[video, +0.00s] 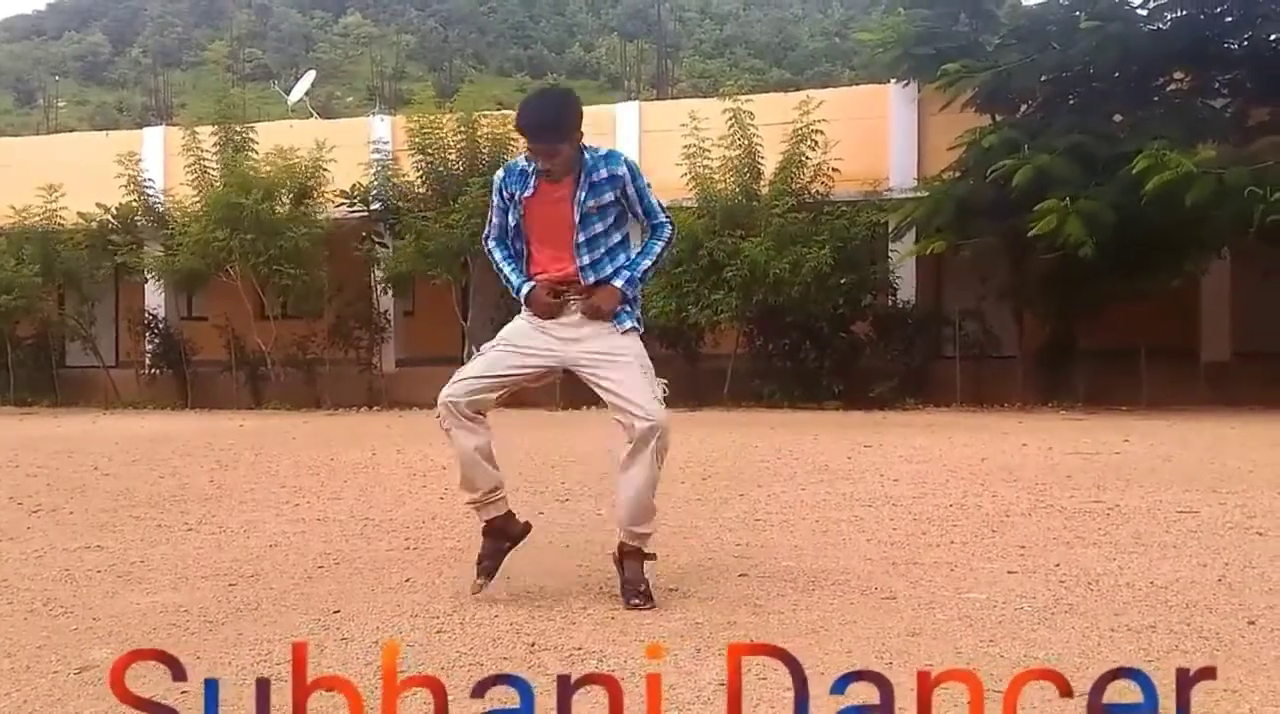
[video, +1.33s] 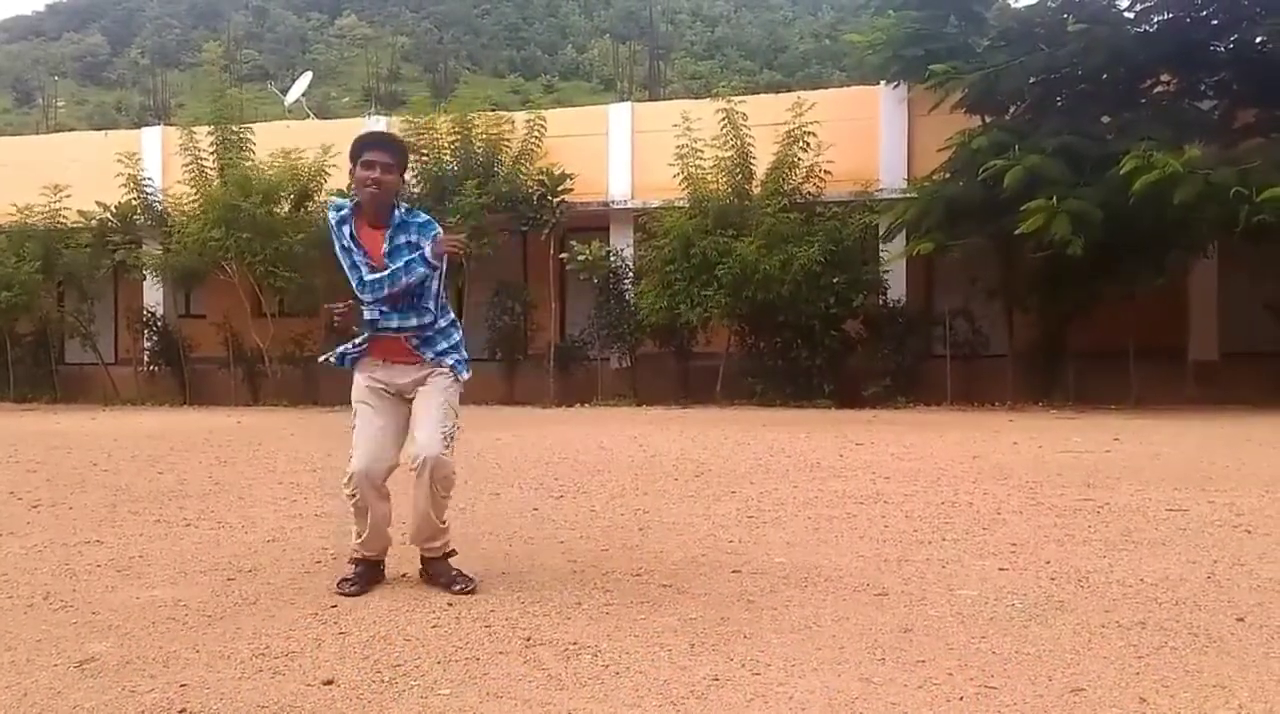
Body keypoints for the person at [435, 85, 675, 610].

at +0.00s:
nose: (543, 161)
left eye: (552, 151)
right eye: (535, 151)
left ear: (577, 137)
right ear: (523, 141)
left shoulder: (615, 171)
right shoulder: (511, 180)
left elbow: (661, 228)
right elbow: (496, 241)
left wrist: (620, 286)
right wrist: (525, 287)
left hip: (605, 324)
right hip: (537, 322)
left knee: (650, 421)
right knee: (456, 400)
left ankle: (632, 554)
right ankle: (499, 520)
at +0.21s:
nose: (518, 132)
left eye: (529, 122)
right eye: (509, 122)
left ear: (549, 124)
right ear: (497, 126)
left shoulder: (575, 170)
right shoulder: (472, 186)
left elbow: (613, 228)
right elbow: (454, 250)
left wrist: (580, 280)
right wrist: (481, 301)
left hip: (564, 322)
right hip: (498, 326)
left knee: (586, 429)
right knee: (478, 454)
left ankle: (568, 549)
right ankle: (491, 559)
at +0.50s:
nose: (490, 158)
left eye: (500, 149)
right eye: (480, 150)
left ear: (517, 156)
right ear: (468, 157)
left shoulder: (537, 226)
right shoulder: (443, 210)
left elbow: (582, 298)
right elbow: (431, 276)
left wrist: (527, 342)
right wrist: (451, 322)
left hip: (527, 361)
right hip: (458, 352)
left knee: (548, 468)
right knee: (407, 415)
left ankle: (533, 565)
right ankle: (441, 524)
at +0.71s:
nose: (446, 119)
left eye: (456, 110)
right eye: (435, 110)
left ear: (471, 117)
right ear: (421, 117)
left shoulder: (501, 175)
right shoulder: (397, 172)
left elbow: (541, 234)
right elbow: (375, 238)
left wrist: (508, 277)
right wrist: (399, 288)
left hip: (485, 315)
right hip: (415, 319)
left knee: (546, 399)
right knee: (355, 422)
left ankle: (525, 527)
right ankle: (358, 535)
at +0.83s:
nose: (423, 133)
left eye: (432, 124)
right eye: (412, 124)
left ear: (445, 129)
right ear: (396, 129)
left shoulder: (470, 190)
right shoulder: (369, 189)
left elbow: (505, 251)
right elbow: (351, 260)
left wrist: (485, 295)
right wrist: (361, 316)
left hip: (454, 325)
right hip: (388, 331)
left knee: (501, 419)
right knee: (370, 453)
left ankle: (479, 530)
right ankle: (368, 556)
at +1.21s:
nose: (400, 142)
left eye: (408, 134)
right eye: (390, 132)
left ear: (415, 142)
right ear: (364, 138)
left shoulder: (439, 189)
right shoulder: (342, 195)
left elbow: (488, 245)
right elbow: (325, 269)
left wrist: (450, 292)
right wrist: (354, 284)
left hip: (432, 349)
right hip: (370, 350)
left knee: (424, 447)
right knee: (346, 449)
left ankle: (445, 554)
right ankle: (360, 551)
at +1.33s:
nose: (376, 176)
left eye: (388, 169)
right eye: (368, 166)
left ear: (402, 180)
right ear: (352, 174)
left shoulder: (423, 228)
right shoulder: (340, 223)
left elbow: (414, 290)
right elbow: (370, 285)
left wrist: (361, 307)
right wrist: (428, 255)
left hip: (435, 364)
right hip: (376, 366)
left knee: (431, 456)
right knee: (365, 470)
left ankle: (435, 558)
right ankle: (368, 559)